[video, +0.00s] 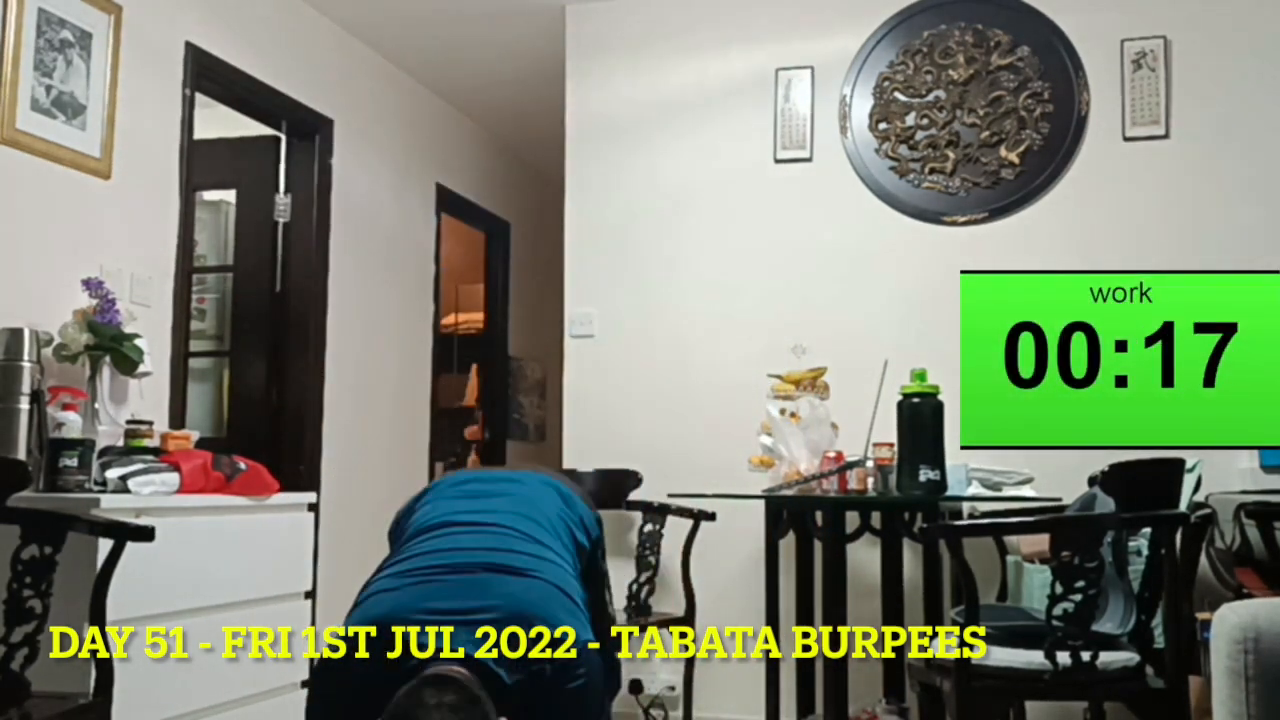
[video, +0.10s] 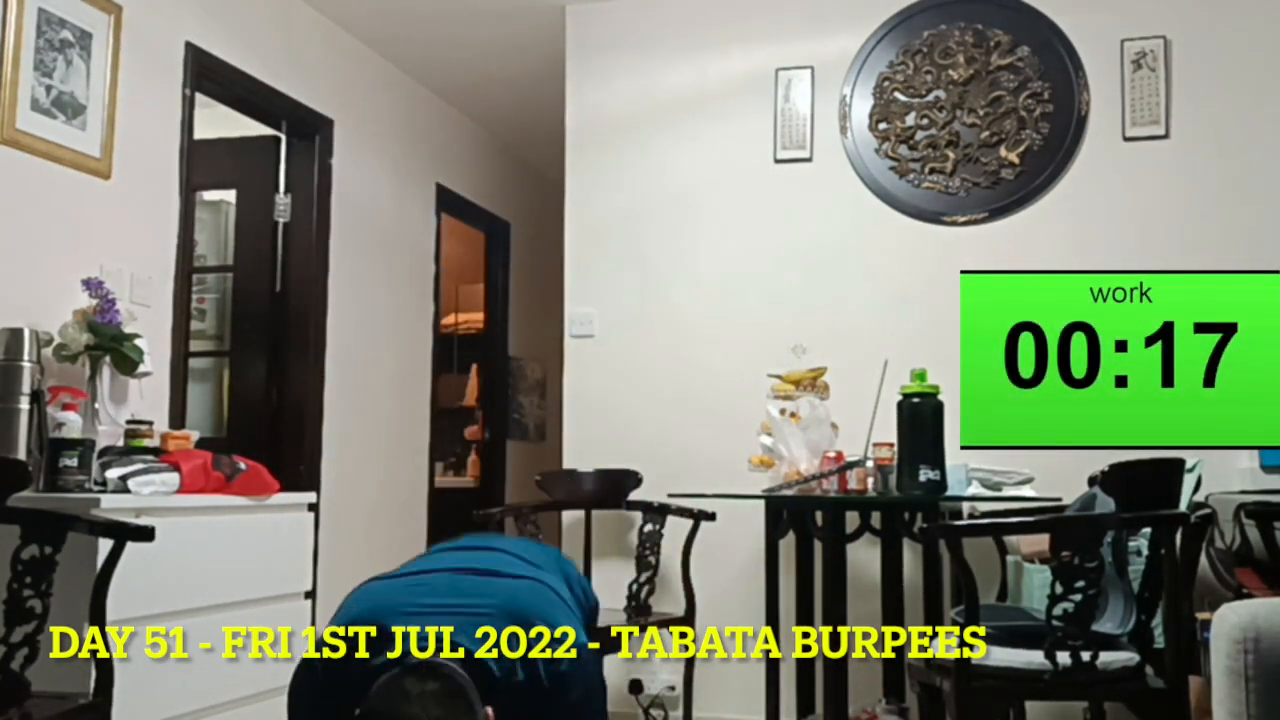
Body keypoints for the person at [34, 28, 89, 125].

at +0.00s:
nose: (66, 51)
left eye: (69, 48)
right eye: (63, 48)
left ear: (74, 49)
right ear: (60, 50)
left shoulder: (79, 66)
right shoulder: (61, 60)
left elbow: (69, 89)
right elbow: (56, 80)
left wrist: (49, 82)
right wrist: (49, 101)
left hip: (79, 102)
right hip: (63, 94)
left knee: (64, 98)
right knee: (48, 88)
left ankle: (69, 119)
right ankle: (60, 116)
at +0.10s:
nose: (66, 51)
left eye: (68, 48)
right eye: (63, 48)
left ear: (74, 49)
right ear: (60, 50)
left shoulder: (79, 66)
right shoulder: (61, 60)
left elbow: (69, 89)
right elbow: (57, 80)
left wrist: (49, 82)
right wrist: (49, 100)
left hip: (78, 101)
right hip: (63, 94)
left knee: (64, 98)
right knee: (48, 88)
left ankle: (69, 119)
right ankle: (60, 116)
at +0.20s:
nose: (66, 51)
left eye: (69, 48)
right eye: (63, 48)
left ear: (74, 49)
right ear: (60, 50)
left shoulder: (79, 66)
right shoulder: (61, 60)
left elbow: (69, 89)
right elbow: (57, 80)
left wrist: (49, 82)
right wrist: (49, 100)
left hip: (78, 101)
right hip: (63, 94)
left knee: (64, 98)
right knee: (48, 88)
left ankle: (69, 119)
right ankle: (60, 116)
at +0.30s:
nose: (66, 52)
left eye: (69, 48)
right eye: (63, 50)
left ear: (73, 49)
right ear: (60, 51)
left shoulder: (78, 66)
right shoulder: (61, 60)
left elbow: (69, 89)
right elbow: (57, 81)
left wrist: (48, 82)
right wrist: (49, 101)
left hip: (78, 102)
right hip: (62, 95)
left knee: (64, 98)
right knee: (47, 88)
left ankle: (70, 120)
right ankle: (61, 116)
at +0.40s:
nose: (66, 52)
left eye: (69, 48)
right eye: (63, 50)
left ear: (73, 49)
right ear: (60, 51)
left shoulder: (78, 66)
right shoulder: (61, 60)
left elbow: (69, 89)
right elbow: (57, 81)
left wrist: (48, 82)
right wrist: (49, 101)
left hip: (78, 102)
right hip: (62, 95)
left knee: (64, 98)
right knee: (47, 88)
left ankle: (70, 120)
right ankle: (61, 116)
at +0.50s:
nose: (66, 53)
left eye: (69, 48)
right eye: (63, 50)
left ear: (74, 49)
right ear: (60, 51)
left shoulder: (79, 66)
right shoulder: (61, 60)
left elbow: (69, 89)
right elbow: (57, 81)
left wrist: (49, 82)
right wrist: (49, 101)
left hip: (78, 102)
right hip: (62, 95)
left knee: (64, 98)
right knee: (47, 88)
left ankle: (70, 120)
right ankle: (60, 116)